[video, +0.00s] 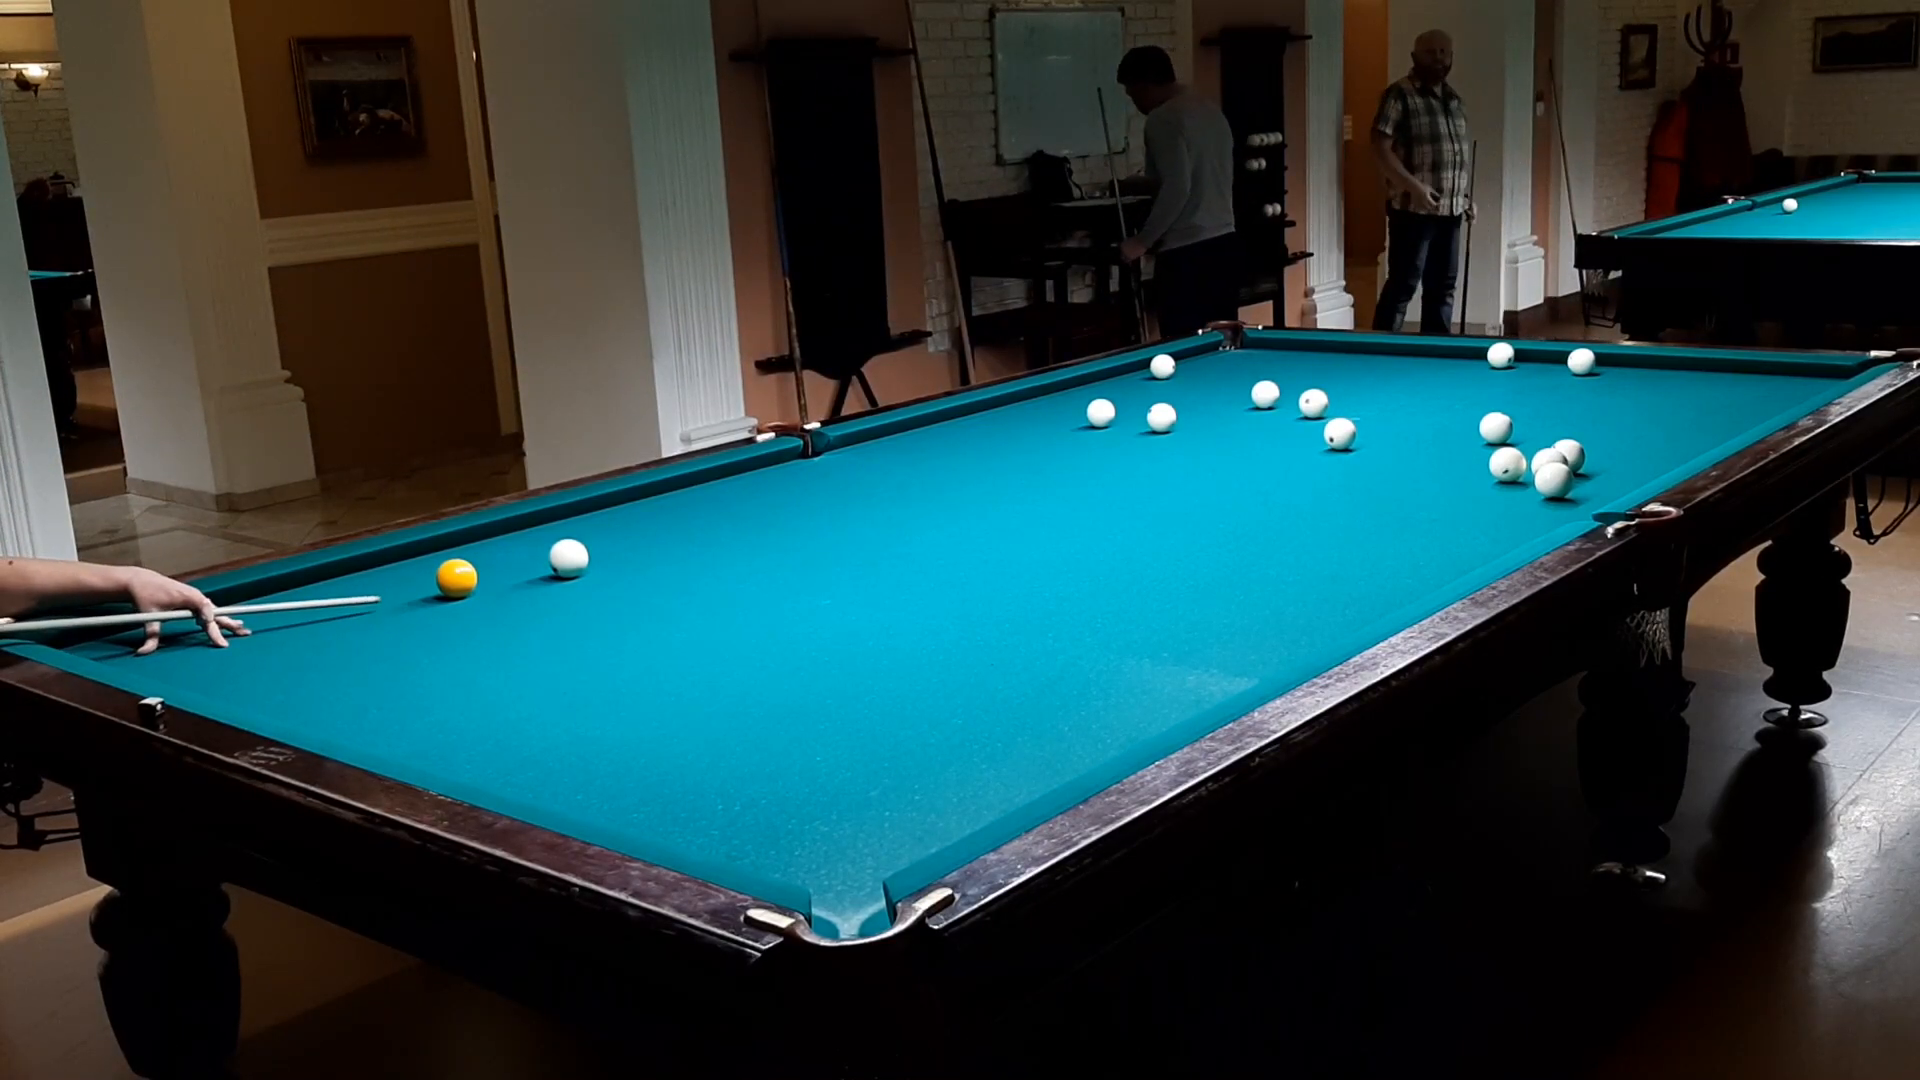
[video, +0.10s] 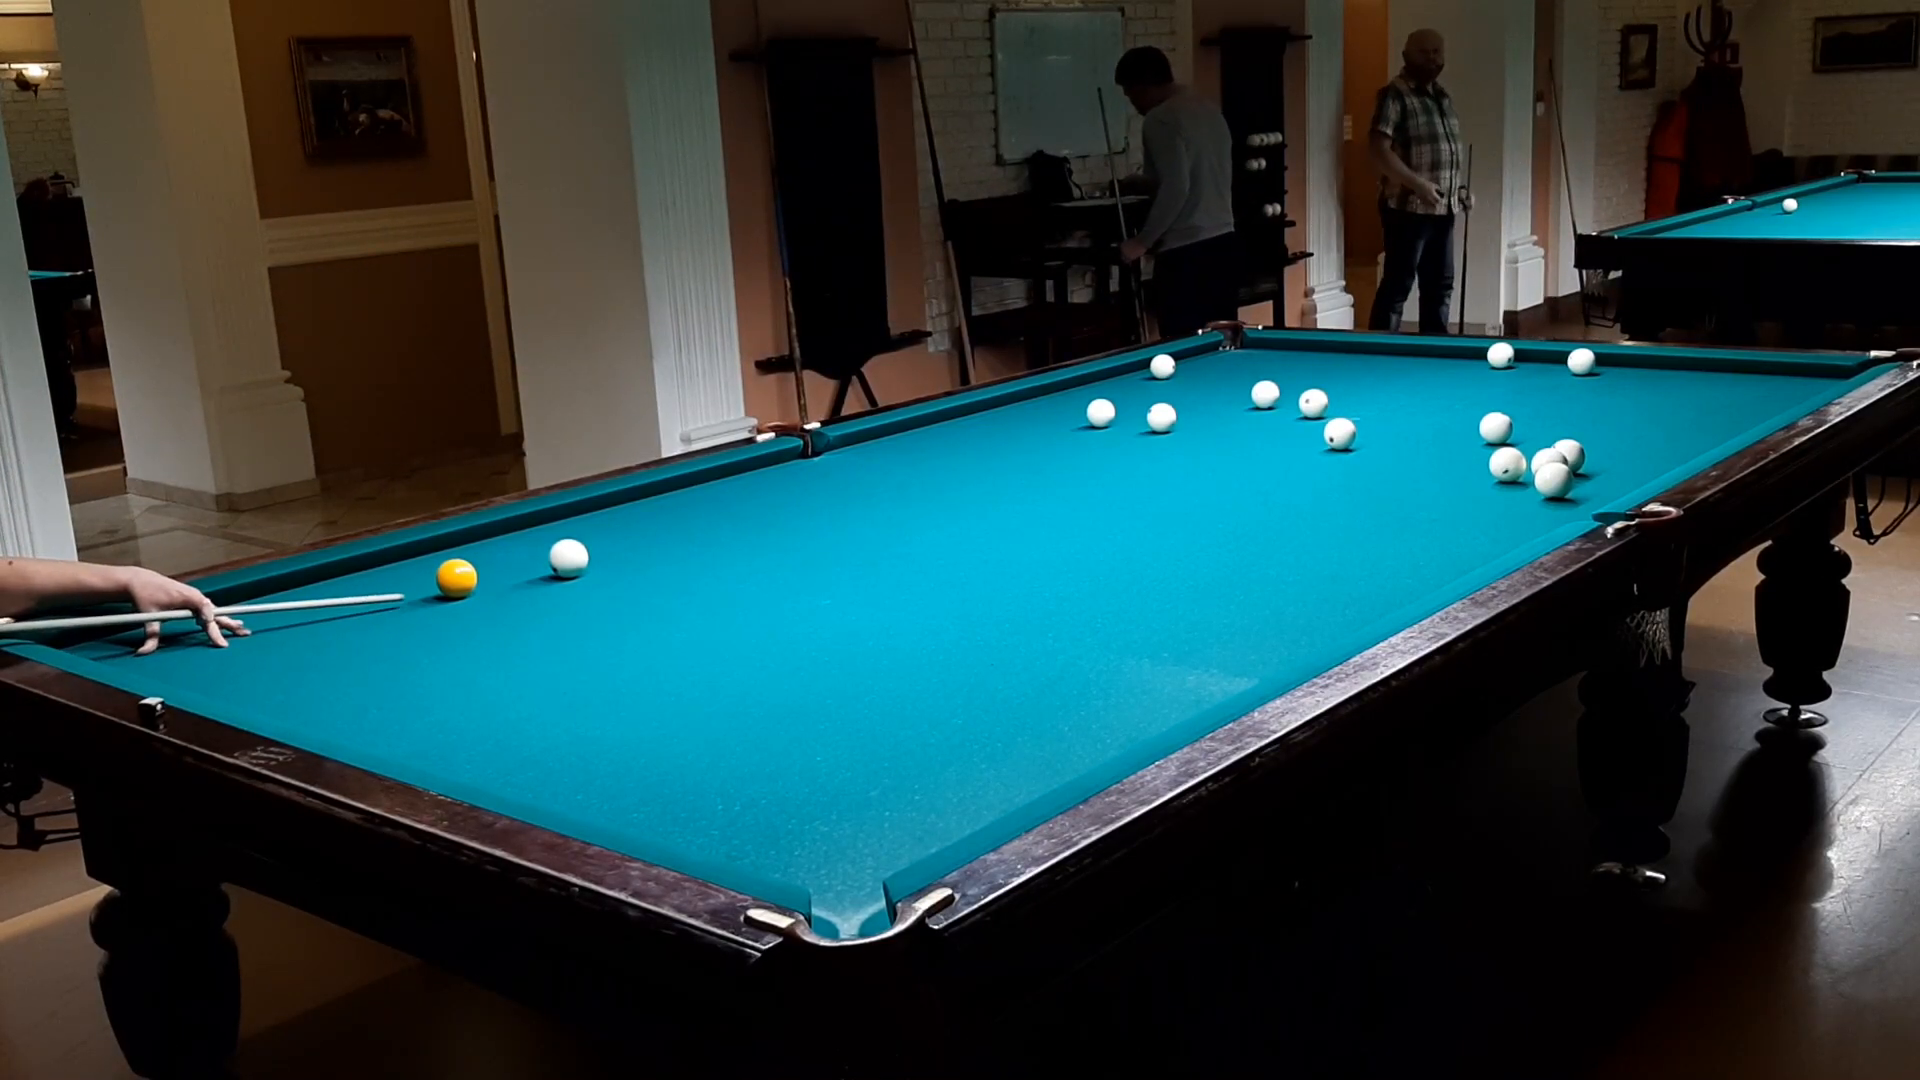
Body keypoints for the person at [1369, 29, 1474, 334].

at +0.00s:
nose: (1439, 59)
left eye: (1444, 53)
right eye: (1430, 53)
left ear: (1452, 57)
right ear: (1415, 57)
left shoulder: (1453, 99)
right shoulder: (1399, 94)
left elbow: (1456, 155)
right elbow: (1380, 149)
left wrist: (1463, 198)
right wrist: (1414, 186)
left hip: (1449, 212)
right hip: (1412, 211)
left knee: (1443, 289)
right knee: (1402, 285)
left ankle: (1436, 355)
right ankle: (1380, 350)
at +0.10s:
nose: (1433, 59)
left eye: (1437, 52)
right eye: (1424, 52)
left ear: (1444, 56)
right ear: (1407, 56)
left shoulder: (1442, 96)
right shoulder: (1394, 94)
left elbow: (1446, 151)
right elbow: (1379, 150)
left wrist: (1459, 191)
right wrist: (1416, 183)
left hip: (1441, 210)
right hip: (1407, 209)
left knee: (1440, 286)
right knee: (1396, 285)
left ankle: (1435, 353)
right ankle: (1379, 352)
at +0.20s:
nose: (1426, 60)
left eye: (1430, 52)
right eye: (1417, 53)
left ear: (1436, 55)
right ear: (1399, 57)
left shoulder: (1431, 97)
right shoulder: (1389, 96)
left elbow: (1430, 150)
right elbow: (1377, 150)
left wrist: (1454, 176)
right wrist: (1419, 182)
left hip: (1433, 211)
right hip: (1399, 211)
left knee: (1437, 286)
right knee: (1389, 287)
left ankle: (1435, 352)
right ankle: (1375, 354)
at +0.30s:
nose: (1423, 62)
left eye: (1425, 55)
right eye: (1415, 55)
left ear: (1429, 56)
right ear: (1394, 59)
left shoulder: (1424, 98)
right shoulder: (1382, 99)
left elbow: (1421, 155)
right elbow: (1373, 155)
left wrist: (1449, 169)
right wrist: (1423, 179)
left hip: (1423, 213)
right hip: (1392, 212)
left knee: (1433, 286)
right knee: (1383, 289)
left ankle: (1433, 353)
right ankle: (1373, 356)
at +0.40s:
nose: (1420, 63)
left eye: (1421, 56)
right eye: (1412, 57)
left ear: (1424, 56)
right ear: (1390, 59)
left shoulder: (1416, 98)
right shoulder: (1378, 100)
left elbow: (1414, 155)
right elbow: (1372, 159)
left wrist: (1444, 168)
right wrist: (1421, 178)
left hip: (1415, 212)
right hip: (1386, 211)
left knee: (1426, 285)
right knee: (1379, 288)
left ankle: (1432, 352)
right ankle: (1370, 356)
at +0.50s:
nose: (1422, 64)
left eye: (1421, 57)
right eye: (1415, 57)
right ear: (1392, 61)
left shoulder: (1409, 99)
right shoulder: (1374, 102)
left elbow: (1409, 155)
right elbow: (1368, 161)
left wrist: (1439, 167)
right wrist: (1417, 176)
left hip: (1410, 212)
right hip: (1383, 211)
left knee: (1416, 286)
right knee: (1377, 289)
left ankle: (1427, 349)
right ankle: (1370, 353)